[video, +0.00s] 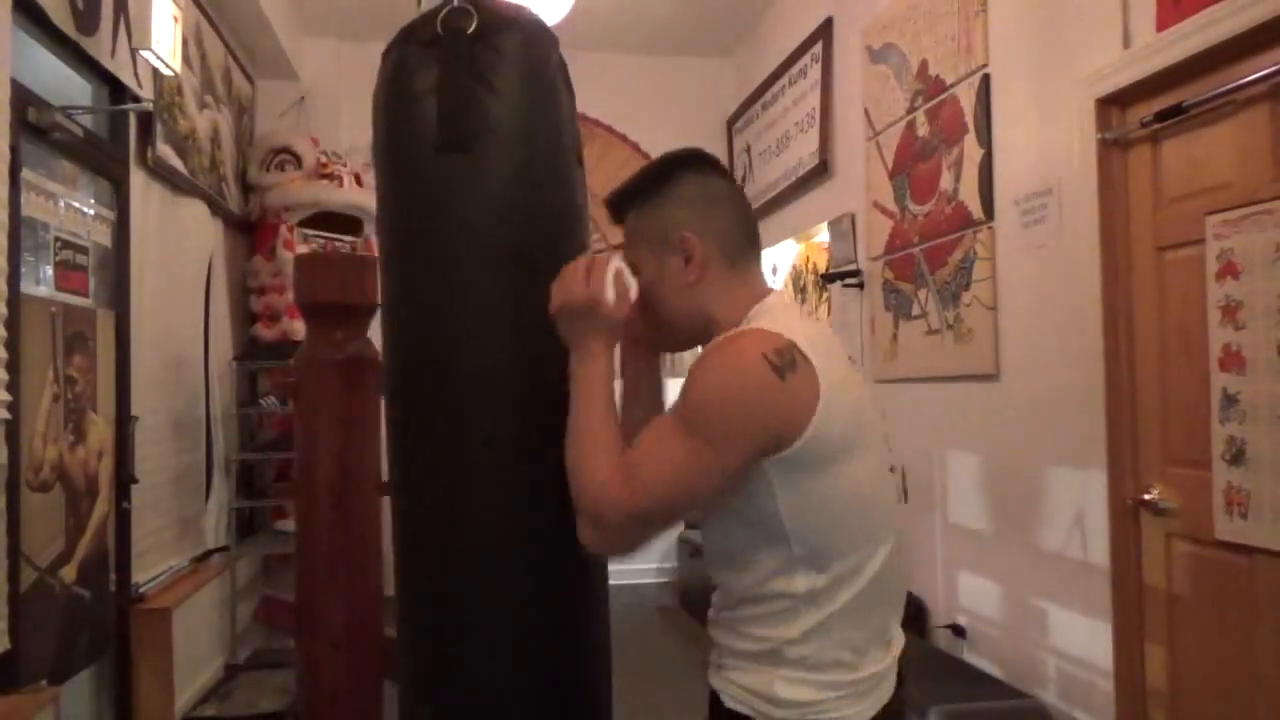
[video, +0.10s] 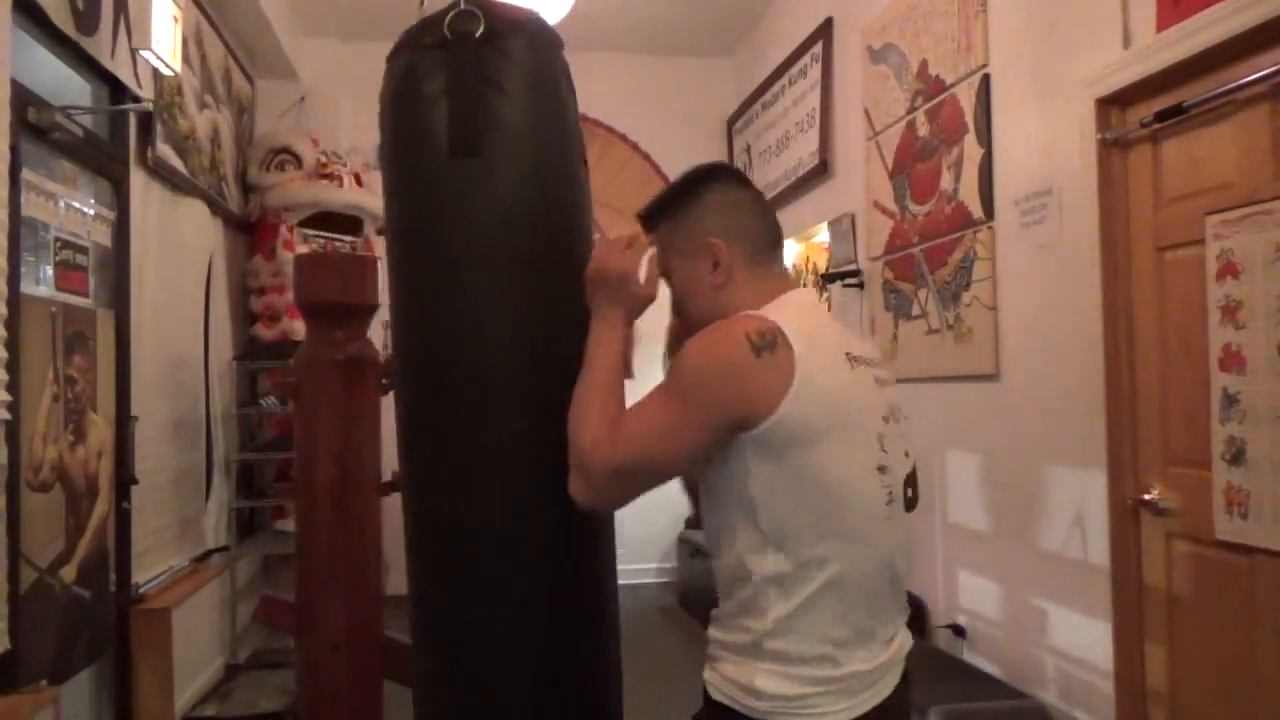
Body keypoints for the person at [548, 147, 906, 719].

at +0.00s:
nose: (635, 295)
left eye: (638, 273)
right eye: (632, 276)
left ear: (689, 259)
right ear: (693, 258)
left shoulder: (751, 362)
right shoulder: (790, 330)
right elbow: (645, 496)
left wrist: (585, 347)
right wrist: (639, 345)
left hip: (786, 704)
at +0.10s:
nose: (676, 299)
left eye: (673, 279)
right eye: (669, 282)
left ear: (715, 262)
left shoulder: (741, 349)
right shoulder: (822, 328)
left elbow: (594, 480)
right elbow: (710, 492)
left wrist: (609, 316)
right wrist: (687, 318)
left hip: (781, 700)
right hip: (876, 680)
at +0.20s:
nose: (704, 326)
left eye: (700, 305)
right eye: (697, 310)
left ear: (735, 279)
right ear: (796, 274)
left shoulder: (740, 349)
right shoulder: (881, 358)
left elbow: (612, 490)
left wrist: (615, 344)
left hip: (773, 702)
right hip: (893, 689)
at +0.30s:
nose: (716, 349)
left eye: (716, 331)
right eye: (714, 335)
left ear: (749, 307)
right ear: (811, 303)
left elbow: (644, 528)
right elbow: (934, 539)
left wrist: (624, 396)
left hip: (777, 702)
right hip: (907, 696)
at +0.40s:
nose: (725, 372)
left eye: (724, 355)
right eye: (721, 360)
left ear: (756, 329)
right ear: (814, 324)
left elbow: (668, 549)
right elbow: (945, 553)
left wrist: (632, 426)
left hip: (789, 705)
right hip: (919, 702)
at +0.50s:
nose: (728, 378)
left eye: (725, 362)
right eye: (722, 366)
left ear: (760, 330)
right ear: (813, 326)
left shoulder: (767, 376)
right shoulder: (899, 388)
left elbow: (680, 540)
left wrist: (640, 418)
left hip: (810, 704)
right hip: (922, 697)